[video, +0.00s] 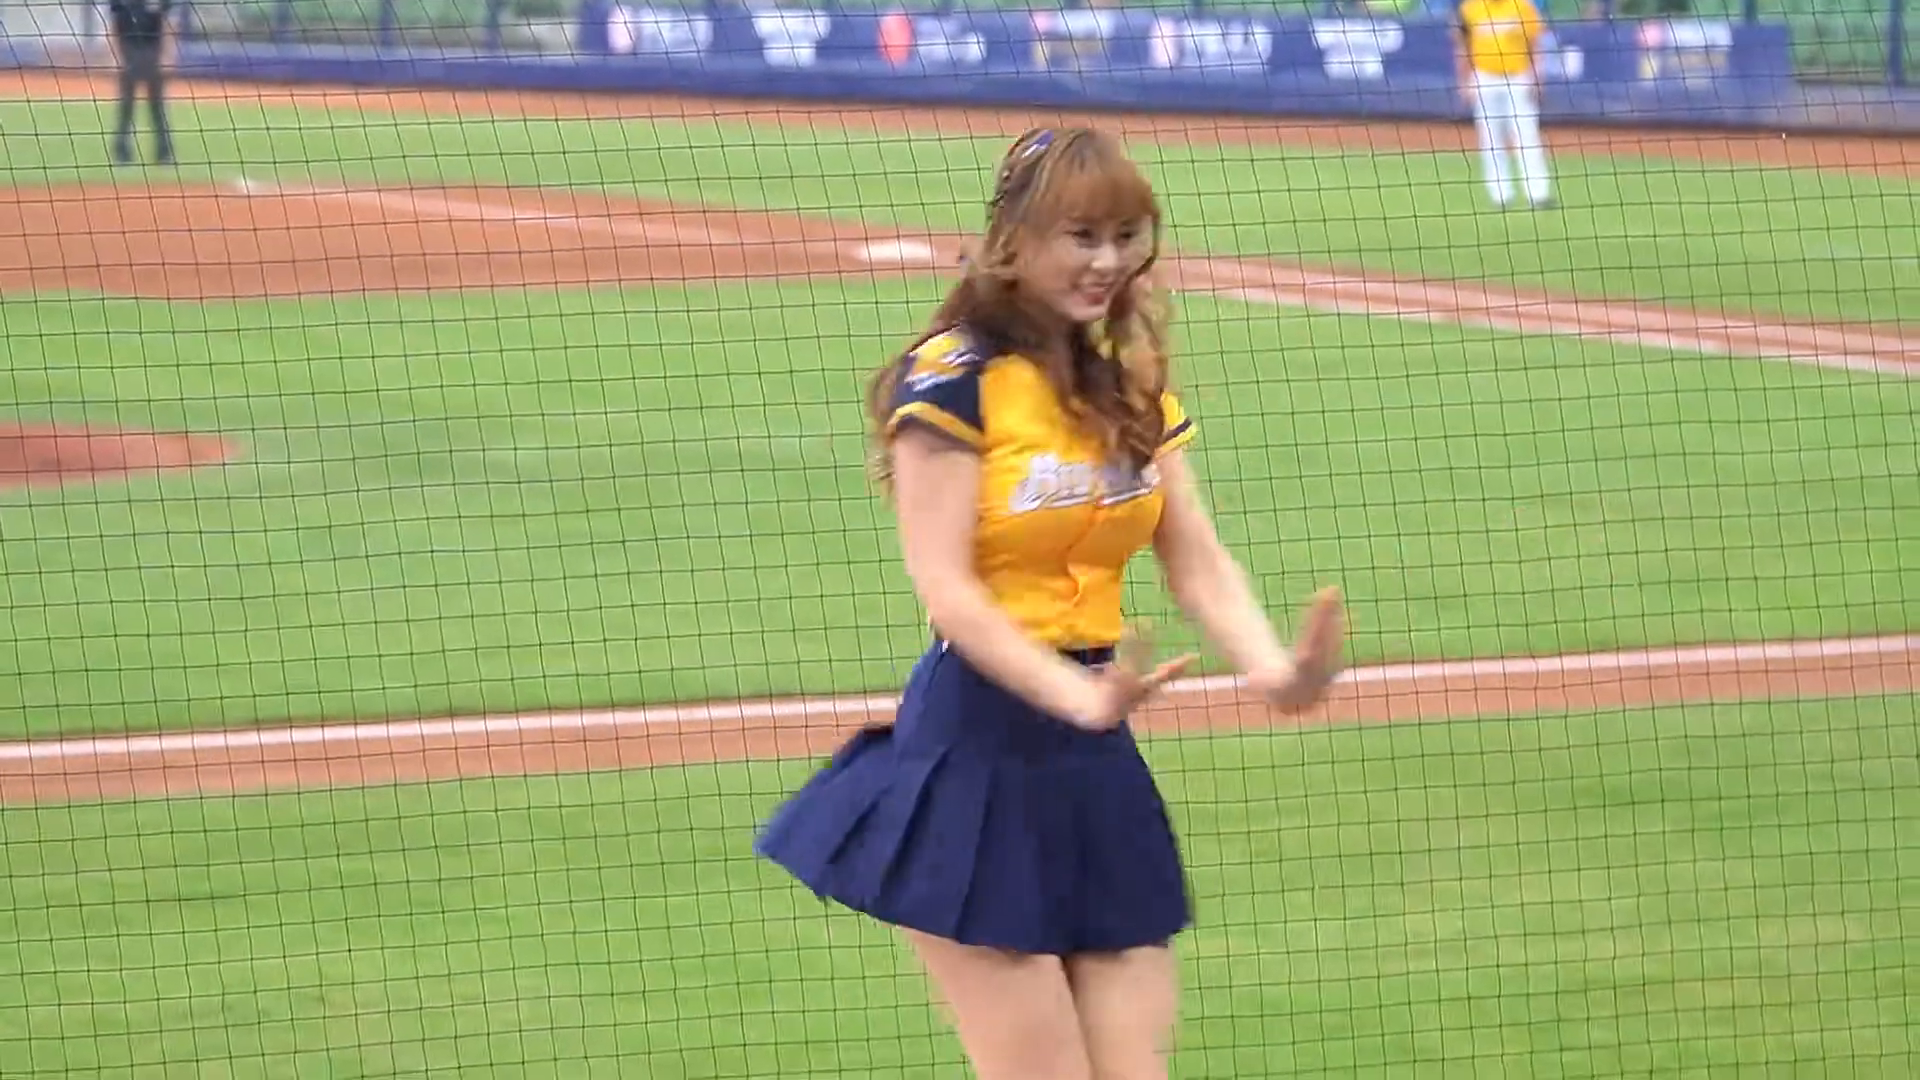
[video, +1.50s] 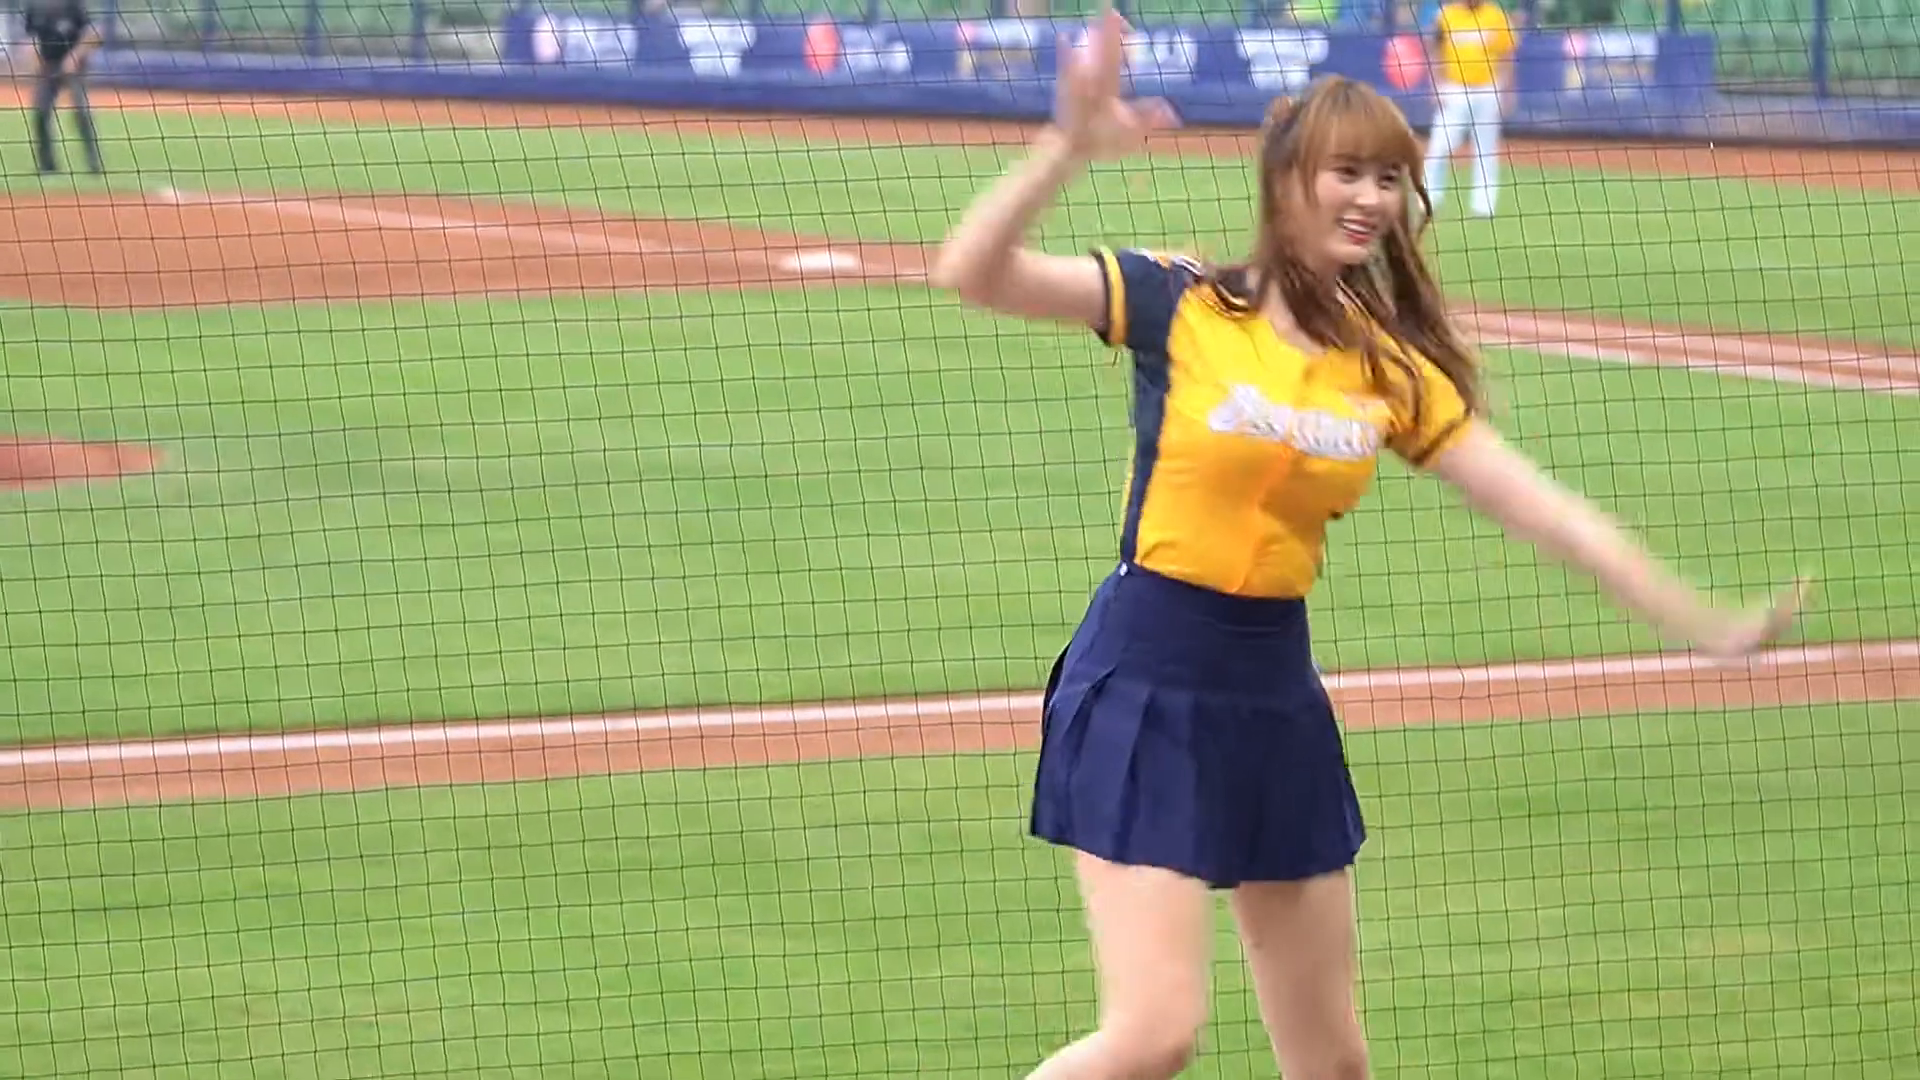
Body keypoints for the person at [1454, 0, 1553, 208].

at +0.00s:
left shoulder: (1521, 6)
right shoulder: (1468, 9)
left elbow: (1535, 40)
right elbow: (1461, 47)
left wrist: (1537, 76)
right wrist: (1464, 81)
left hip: (1519, 75)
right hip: (1484, 77)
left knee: (1527, 134)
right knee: (1491, 138)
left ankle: (1538, 190)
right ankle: (1500, 191)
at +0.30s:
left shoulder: (1524, 4)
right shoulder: (1469, 6)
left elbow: (1537, 36)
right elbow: (1463, 43)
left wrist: (1537, 71)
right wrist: (1464, 77)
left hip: (1521, 72)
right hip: (1486, 75)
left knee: (1528, 131)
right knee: (1493, 134)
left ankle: (1540, 185)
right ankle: (1502, 187)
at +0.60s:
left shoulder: (1528, 4)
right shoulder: (1473, 5)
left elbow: (1541, 30)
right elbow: (1467, 38)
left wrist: (1539, 66)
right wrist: (1468, 73)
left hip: (1524, 67)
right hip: (1489, 70)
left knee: (1535, 125)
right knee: (1495, 128)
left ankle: (1545, 182)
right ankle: (1503, 184)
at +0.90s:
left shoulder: (1525, 6)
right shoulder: (1477, 8)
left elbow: (1539, 38)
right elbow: (1464, 44)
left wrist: (1534, 71)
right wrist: (1464, 77)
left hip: (1518, 73)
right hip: (1484, 75)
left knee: (1530, 131)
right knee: (1487, 134)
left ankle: (1543, 186)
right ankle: (1490, 188)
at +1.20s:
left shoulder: (1510, 5)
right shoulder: (1458, 5)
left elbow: (1519, 36)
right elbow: (1450, 35)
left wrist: (1516, 72)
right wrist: (1448, 68)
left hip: (1500, 72)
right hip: (1466, 71)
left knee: (1505, 132)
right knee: (1460, 133)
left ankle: (1510, 184)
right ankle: (1459, 183)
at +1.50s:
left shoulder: (1496, 15)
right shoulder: (1446, 15)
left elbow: (1508, 58)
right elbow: (1433, 51)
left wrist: (1507, 92)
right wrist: (1437, 86)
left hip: (1488, 90)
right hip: (1453, 90)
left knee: (1486, 148)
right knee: (1440, 144)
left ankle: (1484, 202)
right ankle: (1427, 197)